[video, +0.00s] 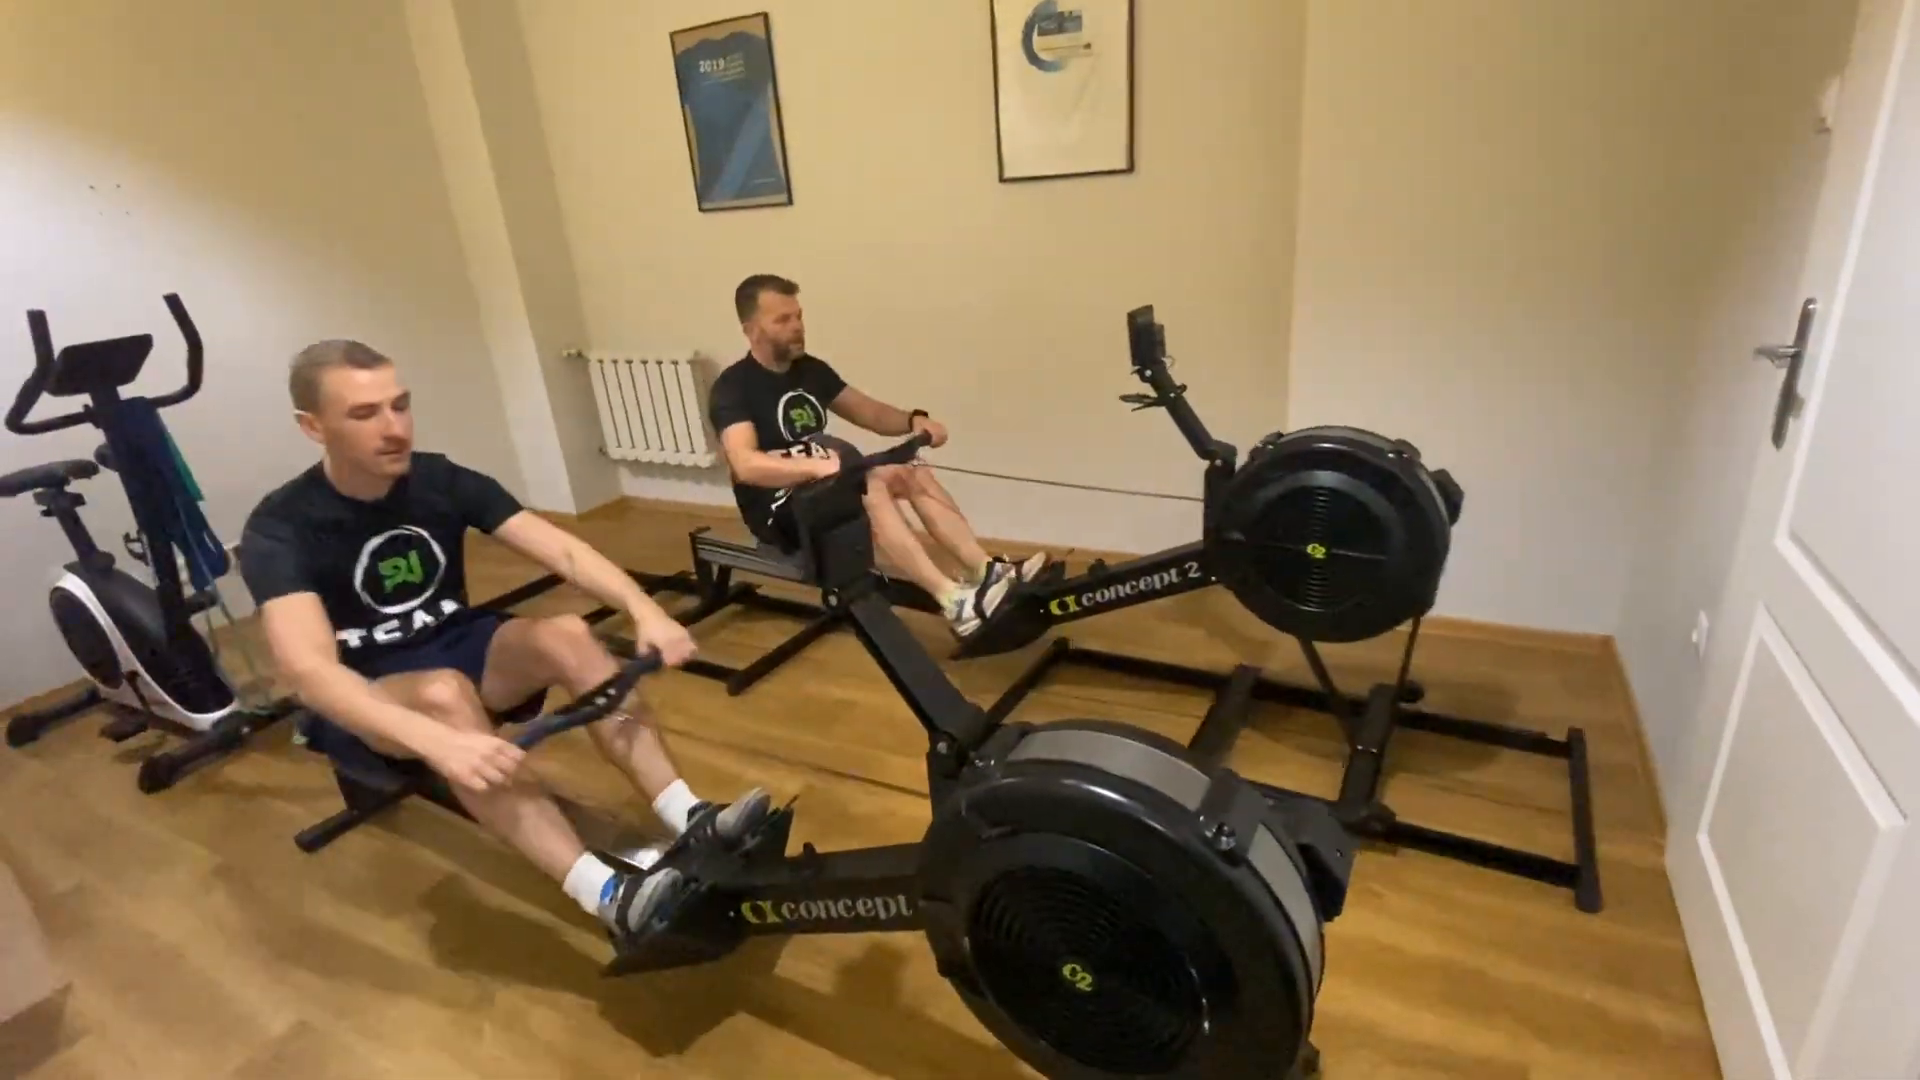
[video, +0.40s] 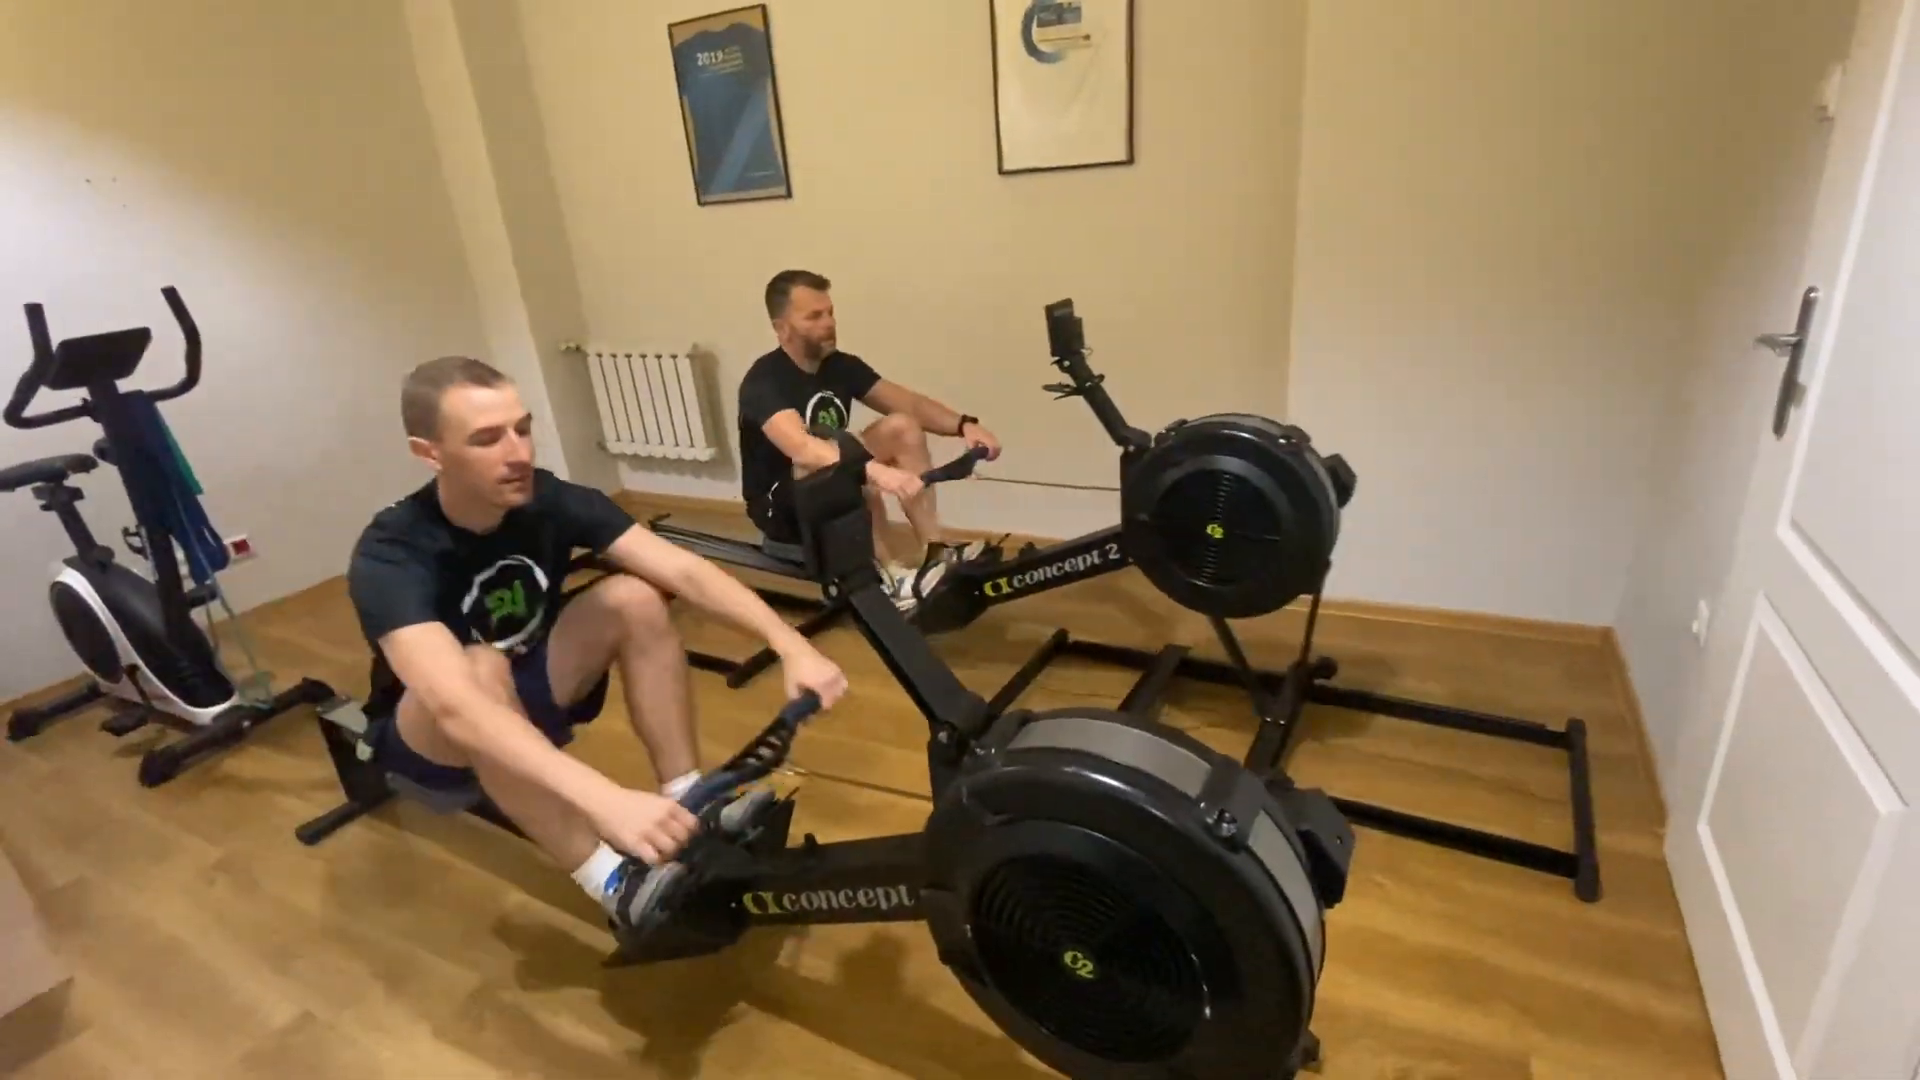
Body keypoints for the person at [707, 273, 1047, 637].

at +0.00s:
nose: (798, 327)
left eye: (798, 317)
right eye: (785, 320)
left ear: (800, 316)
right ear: (751, 329)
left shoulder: (809, 370)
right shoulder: (733, 388)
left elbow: (867, 412)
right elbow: (746, 467)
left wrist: (913, 420)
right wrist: (816, 468)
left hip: (836, 490)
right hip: (785, 511)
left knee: (915, 475)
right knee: (873, 491)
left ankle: (988, 573)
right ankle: (953, 601)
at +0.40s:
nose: (830, 324)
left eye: (830, 313)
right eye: (815, 317)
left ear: (834, 309)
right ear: (783, 328)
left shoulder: (840, 366)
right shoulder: (762, 382)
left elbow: (909, 405)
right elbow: (804, 450)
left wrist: (966, 425)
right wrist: (874, 471)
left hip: (832, 483)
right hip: (780, 507)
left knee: (902, 429)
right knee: (855, 482)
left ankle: (937, 552)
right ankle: (891, 575)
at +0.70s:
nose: (863, 333)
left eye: (862, 323)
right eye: (849, 327)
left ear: (864, 321)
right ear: (816, 339)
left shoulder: (869, 374)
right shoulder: (798, 393)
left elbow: (949, 406)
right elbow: (857, 448)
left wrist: (1016, 434)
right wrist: (937, 485)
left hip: (832, 493)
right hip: (778, 509)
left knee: (898, 418)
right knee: (823, 443)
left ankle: (910, 544)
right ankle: (862, 565)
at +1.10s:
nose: (832, 318)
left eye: (832, 308)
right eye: (818, 311)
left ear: (836, 308)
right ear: (785, 322)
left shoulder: (839, 365)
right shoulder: (768, 380)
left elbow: (914, 401)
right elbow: (832, 433)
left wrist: (979, 417)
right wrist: (909, 457)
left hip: (822, 481)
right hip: (770, 499)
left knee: (894, 430)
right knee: (839, 466)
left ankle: (948, 553)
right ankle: (903, 579)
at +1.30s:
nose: (788, 307)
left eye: (789, 295)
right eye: (774, 298)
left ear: (793, 295)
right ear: (739, 306)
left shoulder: (803, 351)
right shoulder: (729, 366)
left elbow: (867, 389)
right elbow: (785, 420)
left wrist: (927, 400)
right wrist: (855, 440)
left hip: (827, 473)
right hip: (776, 495)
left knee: (912, 473)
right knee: (866, 507)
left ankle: (994, 566)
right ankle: (958, 593)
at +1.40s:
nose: (774, 306)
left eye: (775, 295)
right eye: (761, 299)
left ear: (780, 294)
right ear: (726, 306)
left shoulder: (789, 348)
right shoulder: (716, 364)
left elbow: (851, 388)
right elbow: (751, 424)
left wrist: (904, 394)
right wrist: (814, 431)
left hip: (828, 476)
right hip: (777, 497)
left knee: (906, 480)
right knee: (871, 501)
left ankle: (1008, 564)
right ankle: (973, 593)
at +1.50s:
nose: (760, 313)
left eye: (762, 302)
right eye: (747, 306)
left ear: (763, 300)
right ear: (713, 310)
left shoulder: (776, 351)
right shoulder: (702, 368)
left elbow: (829, 391)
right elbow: (715, 436)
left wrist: (870, 395)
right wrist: (780, 431)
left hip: (832, 472)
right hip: (783, 498)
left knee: (902, 494)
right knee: (877, 518)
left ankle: (1022, 566)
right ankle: (988, 597)